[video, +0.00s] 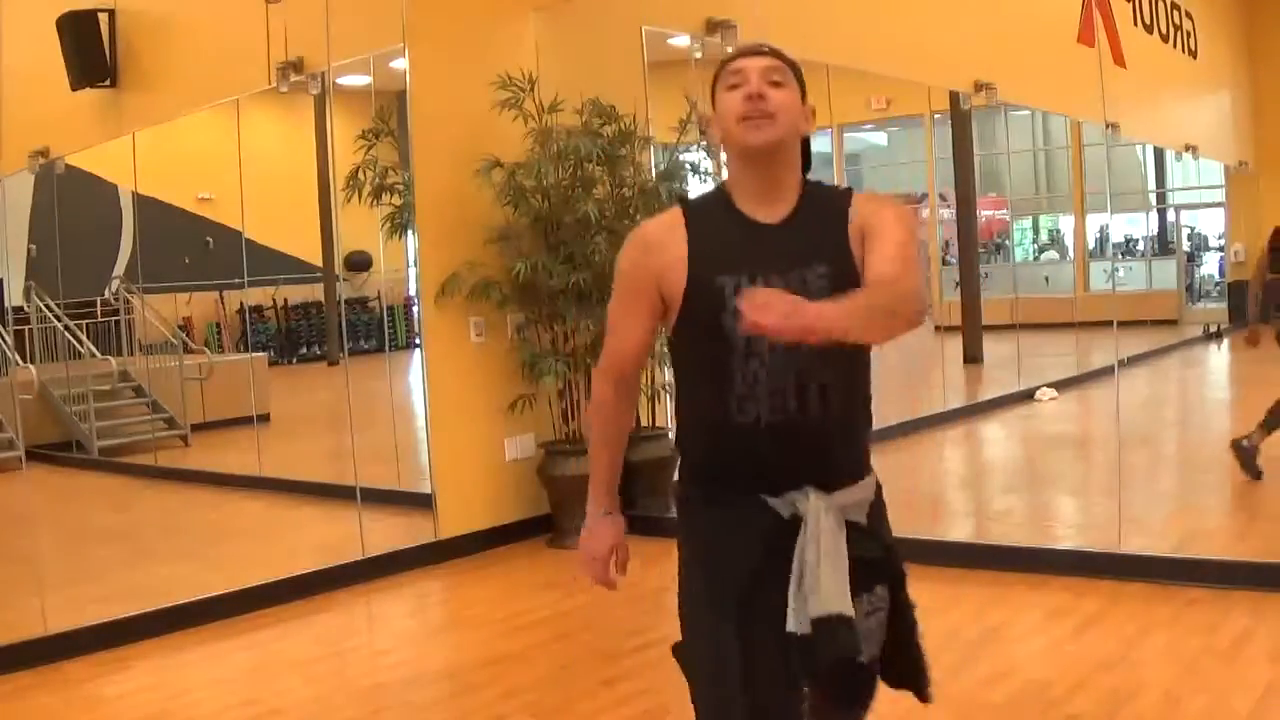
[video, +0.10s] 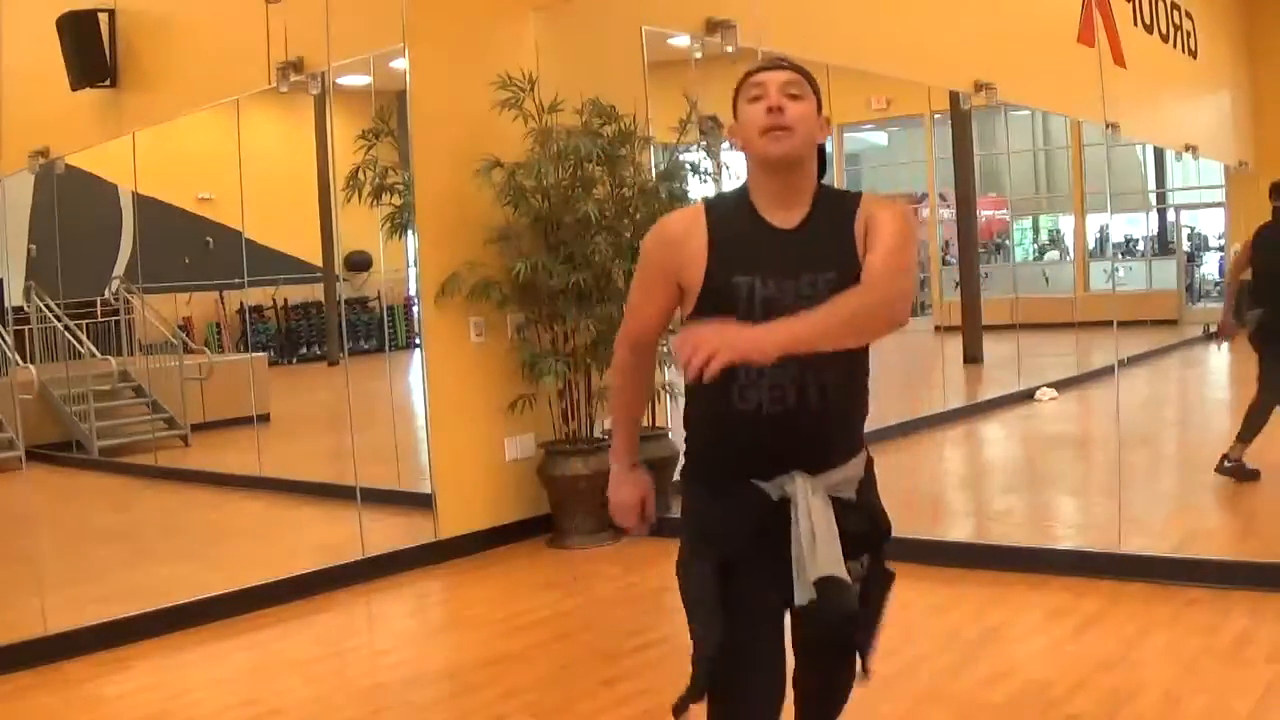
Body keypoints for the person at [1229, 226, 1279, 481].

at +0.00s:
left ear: (1274, 240)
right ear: (1273, 239)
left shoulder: (1273, 245)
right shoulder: (1274, 244)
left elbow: (1257, 279)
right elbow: (1257, 278)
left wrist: (1253, 323)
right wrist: (1253, 323)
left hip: (1278, 330)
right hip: (1278, 329)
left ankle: (1253, 441)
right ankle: (1252, 441)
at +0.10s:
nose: (1277, 205)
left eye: (1276, 200)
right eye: (1276, 200)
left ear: (1273, 201)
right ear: (1273, 200)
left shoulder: (1264, 234)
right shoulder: (1265, 234)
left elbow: (1235, 272)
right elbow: (1235, 272)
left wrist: (1229, 314)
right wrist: (1228, 314)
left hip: (1266, 325)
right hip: (1268, 325)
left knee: (1269, 392)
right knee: (1269, 392)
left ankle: (1234, 455)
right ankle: (1234, 455)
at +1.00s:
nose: (1145, 200)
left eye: (1141, 195)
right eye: (1141, 195)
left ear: (1114, 203)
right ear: (1133, 200)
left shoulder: (1098, 238)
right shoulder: (1154, 236)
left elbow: (1083, 283)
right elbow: (1165, 285)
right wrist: (1163, 324)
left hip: (1097, 342)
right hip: (1135, 340)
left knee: (1097, 408)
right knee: (1156, 402)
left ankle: (1087, 480)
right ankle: (1165, 469)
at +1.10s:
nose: (1137, 199)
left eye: (1133, 195)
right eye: (1135, 195)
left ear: (1105, 200)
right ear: (1129, 198)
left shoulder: (1089, 233)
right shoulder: (1149, 232)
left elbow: (1084, 276)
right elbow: (1153, 266)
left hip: (1093, 335)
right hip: (1131, 334)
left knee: (1090, 407)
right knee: (1138, 399)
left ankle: (1086, 481)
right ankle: (1128, 473)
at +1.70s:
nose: (1176, 224)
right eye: (1173, 217)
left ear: (1144, 212)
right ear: (1168, 216)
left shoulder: (1117, 236)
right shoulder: (1165, 240)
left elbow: (1077, 235)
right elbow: (1177, 214)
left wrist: (1031, 240)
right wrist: (1172, 194)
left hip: (1109, 339)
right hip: (1146, 338)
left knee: (1098, 408)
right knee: (1168, 399)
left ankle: (1088, 480)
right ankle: (1186, 460)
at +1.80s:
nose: (1204, 236)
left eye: (1203, 229)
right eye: (1200, 227)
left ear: (1162, 218)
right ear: (1184, 219)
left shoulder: (1133, 242)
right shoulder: (1182, 247)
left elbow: (1094, 244)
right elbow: (1193, 217)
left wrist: (1049, 251)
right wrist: (1184, 205)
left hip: (1125, 344)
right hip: (1161, 344)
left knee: (1107, 409)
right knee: (1183, 407)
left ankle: (1090, 478)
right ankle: (1200, 468)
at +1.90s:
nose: (1207, 223)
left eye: (1207, 218)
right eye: (1206, 217)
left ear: (1177, 212)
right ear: (1198, 215)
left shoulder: (1145, 243)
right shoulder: (1200, 242)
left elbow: (1108, 273)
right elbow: (1227, 265)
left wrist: (1076, 302)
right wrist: (1240, 297)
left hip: (1136, 341)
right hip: (1174, 340)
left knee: (1127, 405)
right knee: (1195, 402)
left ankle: (1099, 465)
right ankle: (1203, 469)